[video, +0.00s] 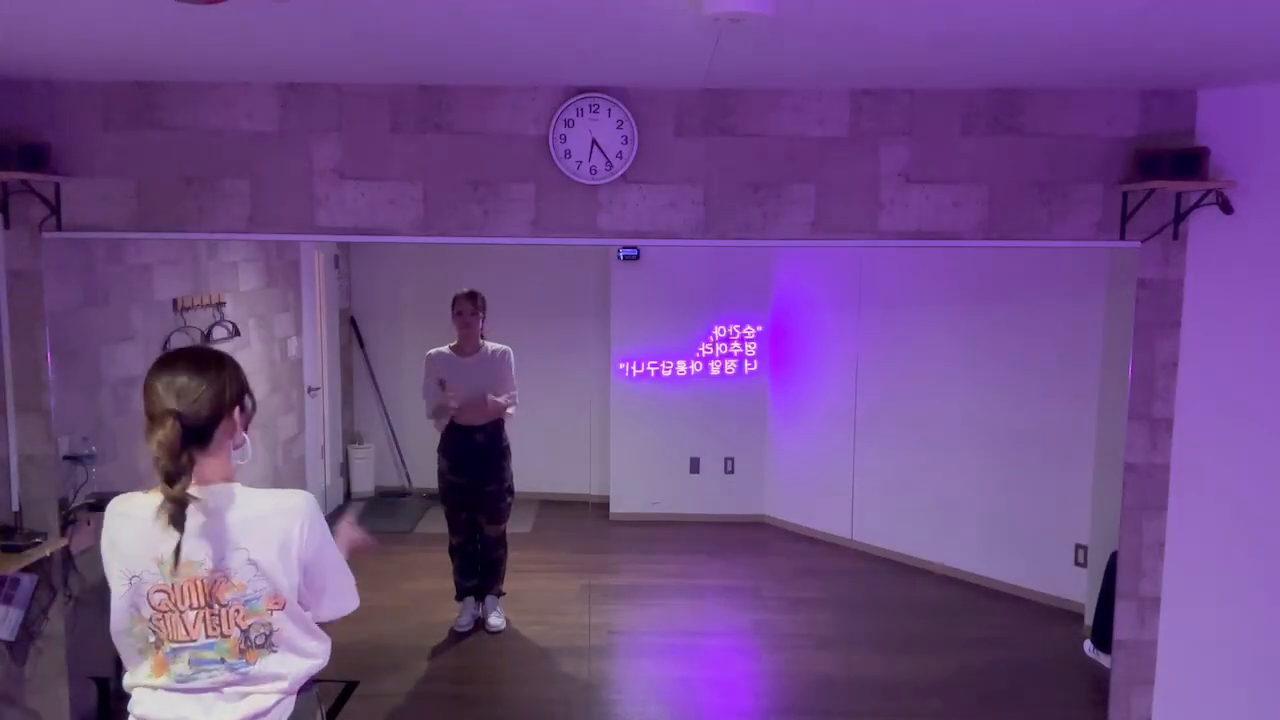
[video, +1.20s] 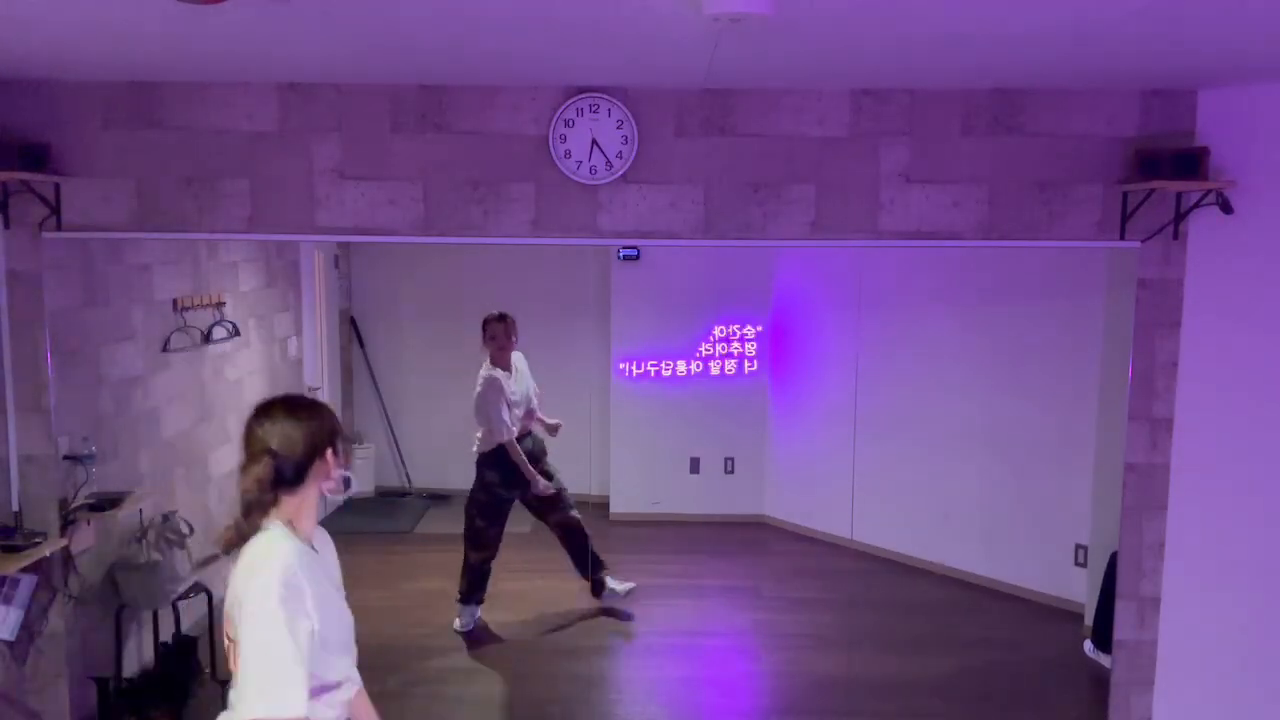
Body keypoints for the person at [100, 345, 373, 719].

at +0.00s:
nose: (248, 414)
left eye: (245, 403)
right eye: (245, 404)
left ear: (154, 422)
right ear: (237, 417)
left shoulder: (121, 518)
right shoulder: (293, 513)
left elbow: (128, 630)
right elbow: (324, 605)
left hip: (153, 710)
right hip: (264, 710)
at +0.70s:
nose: (245, 416)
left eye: (244, 405)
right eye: (244, 406)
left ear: (156, 422)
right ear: (232, 417)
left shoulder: (132, 515)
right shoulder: (286, 506)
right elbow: (321, 622)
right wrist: (336, 568)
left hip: (135, 708)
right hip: (245, 711)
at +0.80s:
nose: (244, 421)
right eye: (242, 405)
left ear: (156, 424)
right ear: (230, 414)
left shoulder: (140, 515)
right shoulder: (295, 503)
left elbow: (144, 627)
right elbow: (333, 635)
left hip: (148, 707)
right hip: (254, 711)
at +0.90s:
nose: (249, 413)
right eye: (247, 401)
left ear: (162, 423)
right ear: (236, 411)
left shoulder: (155, 515)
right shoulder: (292, 507)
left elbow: (156, 627)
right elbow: (332, 647)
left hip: (164, 706)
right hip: (264, 709)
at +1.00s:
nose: (267, 415)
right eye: (267, 403)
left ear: (180, 420)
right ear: (258, 412)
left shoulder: (186, 517)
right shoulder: (283, 517)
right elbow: (313, 667)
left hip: (181, 705)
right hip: (264, 709)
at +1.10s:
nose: (303, 415)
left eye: (300, 404)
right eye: (300, 405)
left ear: (220, 426)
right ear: (290, 420)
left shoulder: (223, 516)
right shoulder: (270, 522)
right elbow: (280, 681)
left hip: (214, 701)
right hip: (262, 708)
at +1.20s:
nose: (340, 459)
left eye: (336, 447)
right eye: (336, 448)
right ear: (326, 458)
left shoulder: (319, 540)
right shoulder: (271, 563)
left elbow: (343, 671)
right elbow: (269, 703)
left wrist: (366, 712)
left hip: (342, 703)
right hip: (298, 709)